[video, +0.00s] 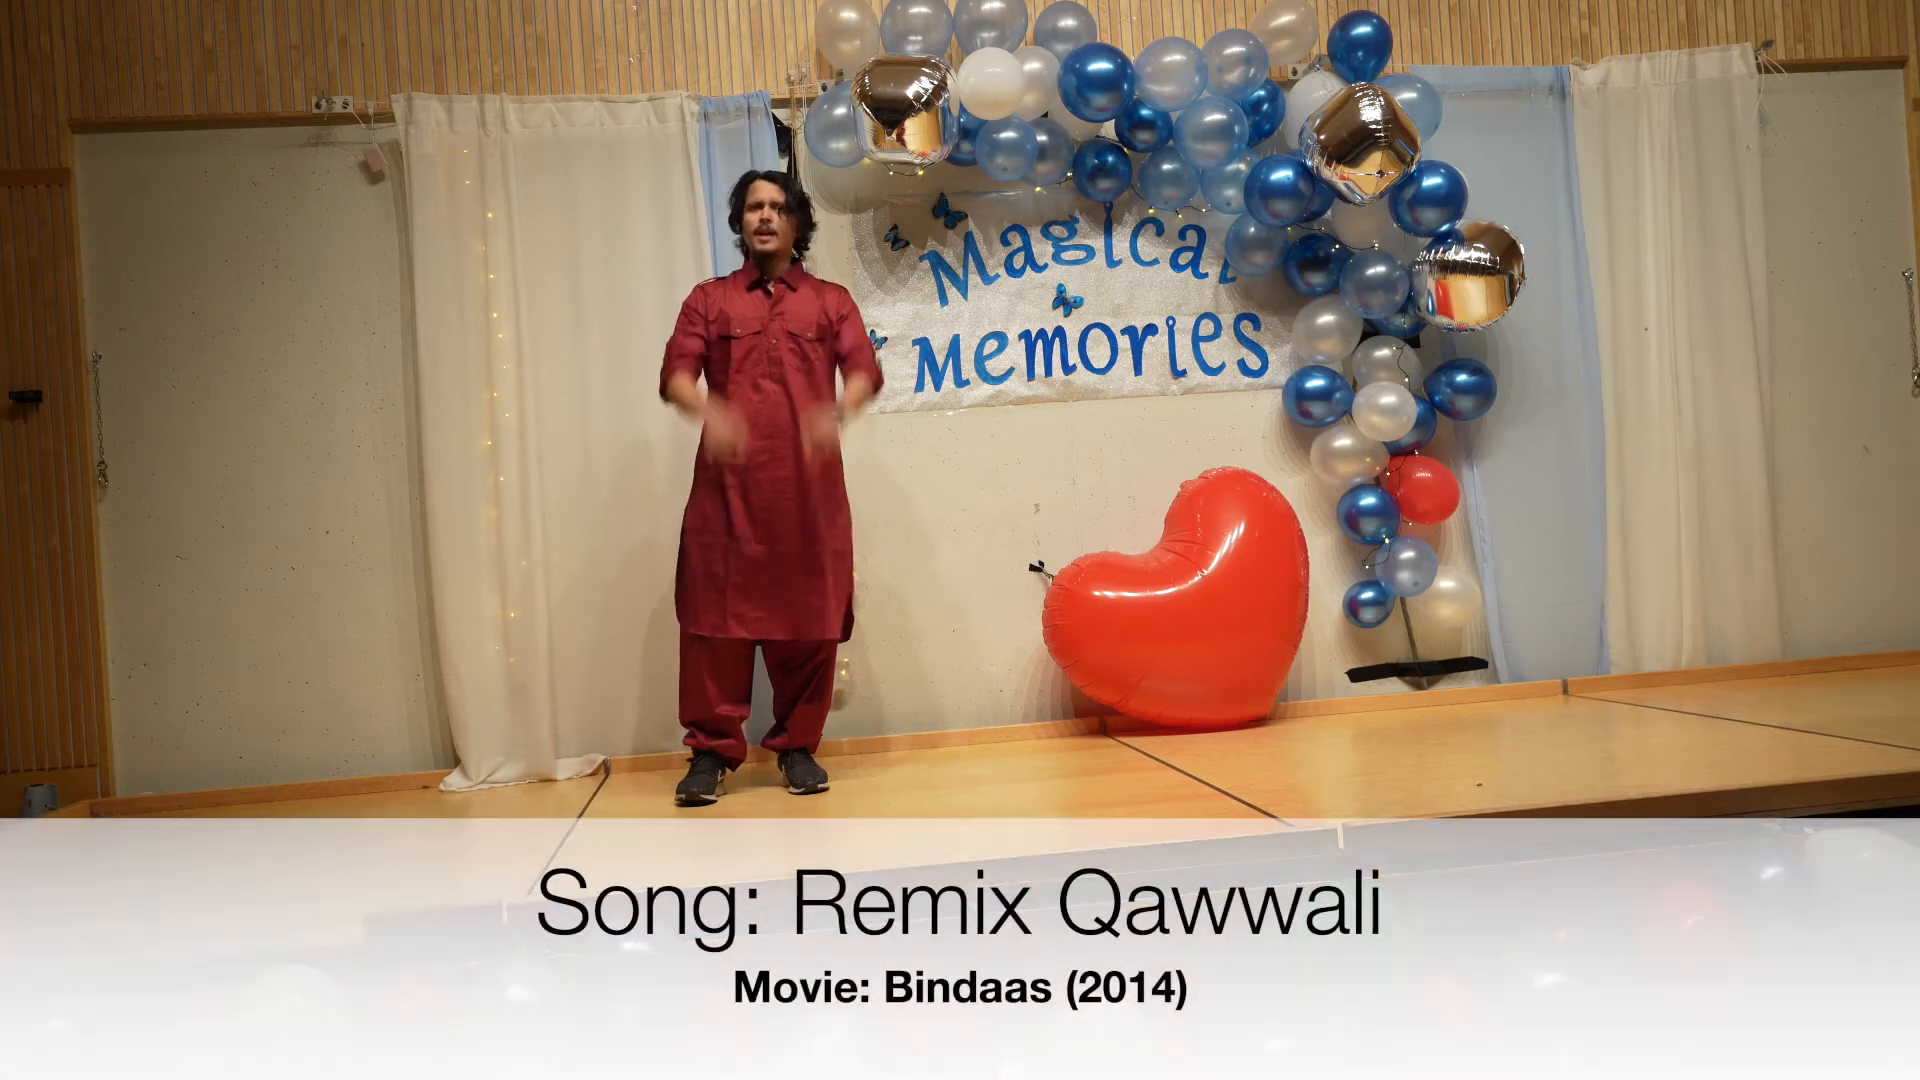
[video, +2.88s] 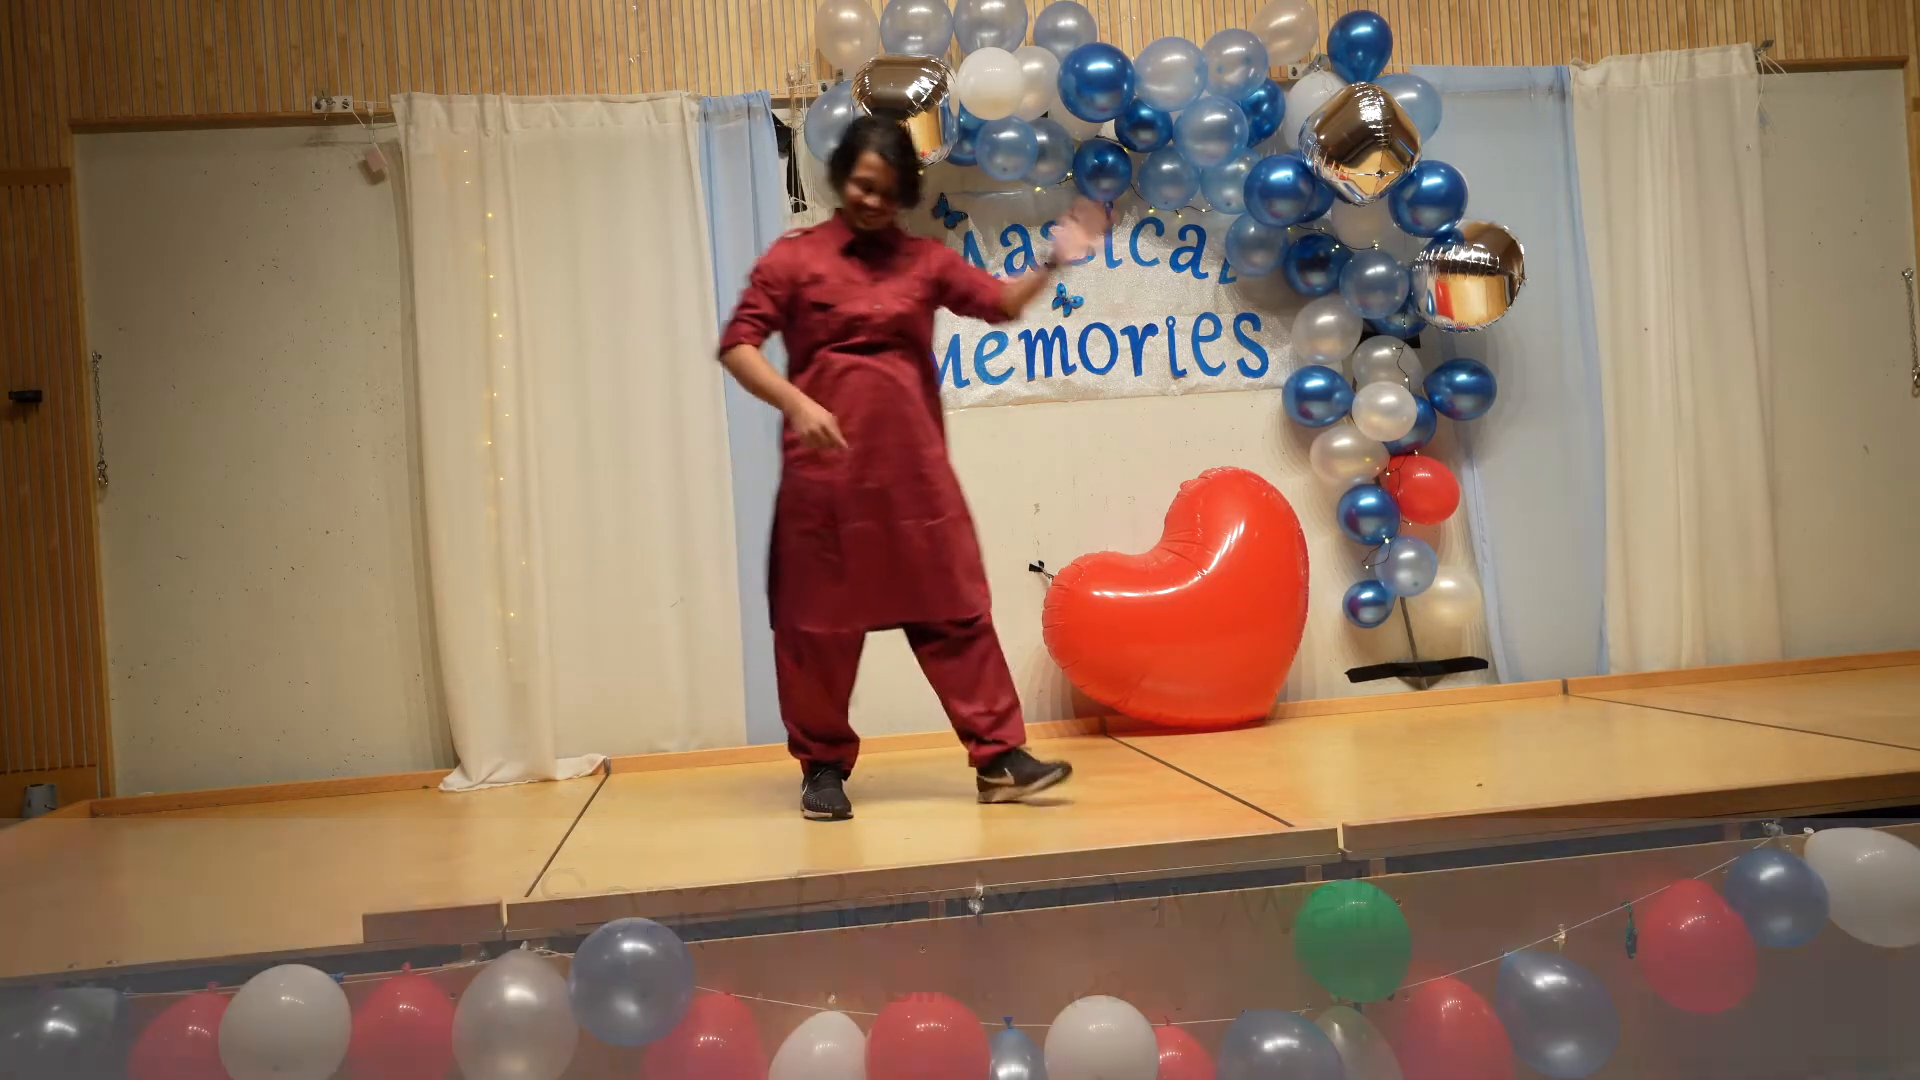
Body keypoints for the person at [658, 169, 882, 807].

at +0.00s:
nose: (763, 218)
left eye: (776, 208)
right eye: (753, 208)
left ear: (799, 223)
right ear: (738, 223)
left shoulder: (830, 299)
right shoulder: (709, 298)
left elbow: (865, 373)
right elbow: (676, 378)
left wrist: (838, 413)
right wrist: (713, 412)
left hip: (806, 484)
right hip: (727, 485)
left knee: (809, 617)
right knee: (713, 616)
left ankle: (799, 748)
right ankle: (710, 752)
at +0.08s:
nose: (765, 214)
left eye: (776, 205)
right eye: (754, 205)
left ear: (798, 222)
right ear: (738, 223)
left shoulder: (828, 296)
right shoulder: (712, 297)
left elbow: (871, 354)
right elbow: (673, 359)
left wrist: (838, 341)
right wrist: (715, 349)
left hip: (809, 483)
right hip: (729, 484)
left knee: (810, 619)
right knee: (714, 617)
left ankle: (799, 749)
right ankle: (710, 753)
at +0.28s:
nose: (763, 211)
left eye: (771, 200)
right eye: (749, 202)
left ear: (790, 221)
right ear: (731, 225)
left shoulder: (822, 292)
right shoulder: (718, 296)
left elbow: (862, 280)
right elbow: (682, 298)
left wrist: (812, 234)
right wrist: (736, 239)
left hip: (814, 472)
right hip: (734, 472)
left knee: (812, 620)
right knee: (718, 616)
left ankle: (799, 749)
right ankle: (711, 752)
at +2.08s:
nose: (795, 230)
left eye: (806, 217)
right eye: (782, 217)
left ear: (822, 211)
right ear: (757, 212)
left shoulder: (846, 273)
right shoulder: (726, 278)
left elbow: (891, 336)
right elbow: (710, 364)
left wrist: (870, 347)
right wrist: (795, 354)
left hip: (844, 475)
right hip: (767, 479)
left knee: (839, 613)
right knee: (782, 620)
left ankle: (816, 748)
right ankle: (815, 760)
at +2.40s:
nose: (810, 176)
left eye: (823, 167)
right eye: (797, 165)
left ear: (838, 184)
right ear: (773, 178)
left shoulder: (860, 256)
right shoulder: (738, 261)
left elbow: (906, 303)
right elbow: (696, 350)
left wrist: (913, 250)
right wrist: (768, 376)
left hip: (859, 464)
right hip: (775, 470)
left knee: (868, 605)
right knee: (787, 613)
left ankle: (839, 734)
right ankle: (817, 762)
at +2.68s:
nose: (835, 191)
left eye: (851, 181)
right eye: (824, 175)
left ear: (869, 187)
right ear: (799, 175)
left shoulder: (884, 253)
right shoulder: (759, 253)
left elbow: (954, 269)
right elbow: (707, 341)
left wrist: (949, 182)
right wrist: (772, 376)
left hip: (882, 461)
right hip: (794, 473)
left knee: (922, 607)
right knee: (801, 627)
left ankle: (962, 752)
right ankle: (822, 767)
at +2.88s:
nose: (872, 200)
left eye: (886, 190)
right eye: (861, 186)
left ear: (904, 192)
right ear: (838, 182)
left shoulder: (925, 257)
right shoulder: (796, 256)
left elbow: (1003, 305)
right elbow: (736, 346)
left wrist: (1054, 263)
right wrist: (796, 402)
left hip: (915, 463)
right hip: (826, 467)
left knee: (955, 609)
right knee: (816, 621)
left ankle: (1000, 757)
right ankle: (823, 769)